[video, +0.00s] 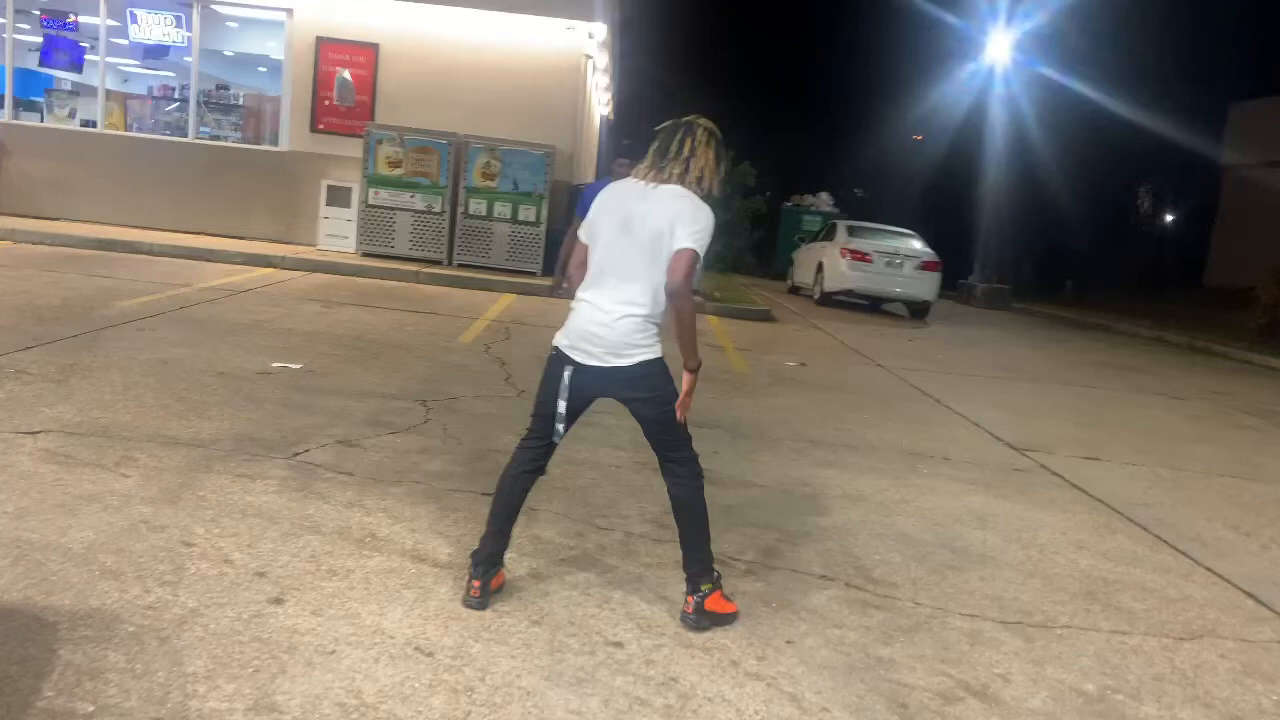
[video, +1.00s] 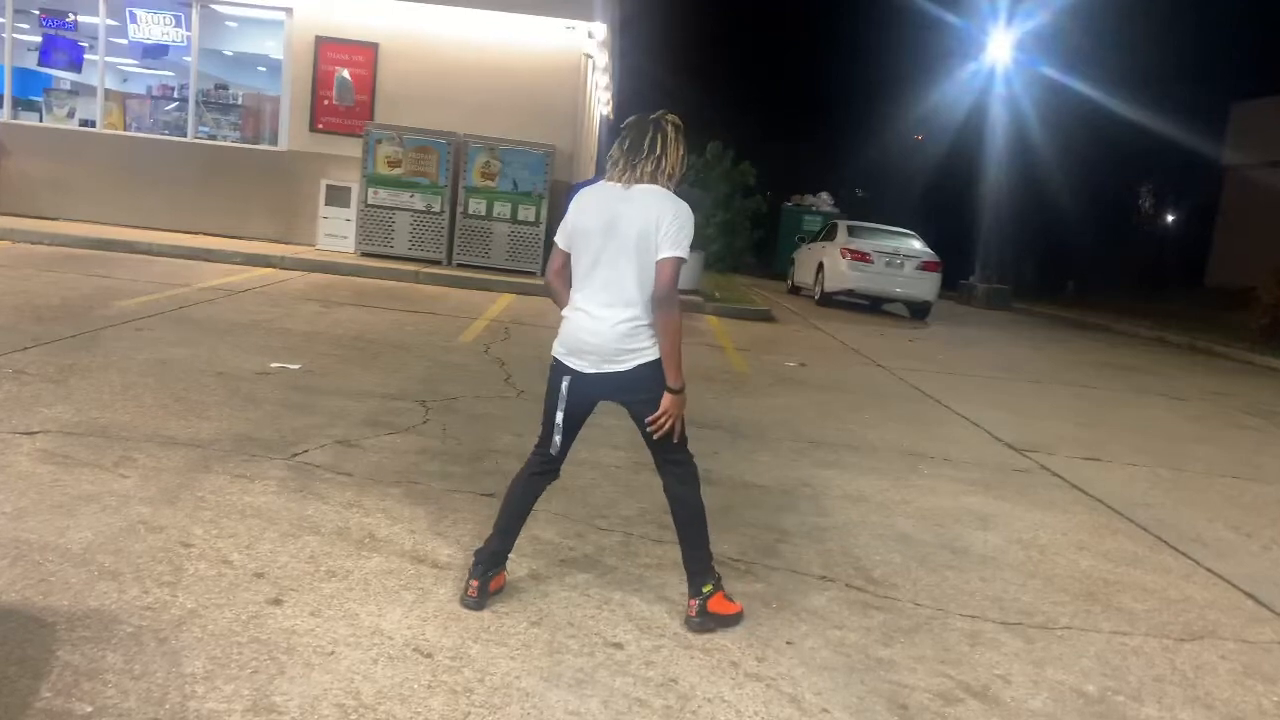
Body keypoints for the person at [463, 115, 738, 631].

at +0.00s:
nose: (715, 175)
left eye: (716, 167)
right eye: (714, 166)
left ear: (658, 150)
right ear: (702, 162)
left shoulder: (608, 192)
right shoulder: (694, 210)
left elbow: (572, 275)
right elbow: (678, 285)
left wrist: (610, 305)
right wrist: (691, 364)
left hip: (574, 353)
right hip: (636, 361)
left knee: (530, 453)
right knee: (679, 462)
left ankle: (482, 572)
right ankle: (702, 591)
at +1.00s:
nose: (680, 165)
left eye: (680, 157)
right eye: (678, 157)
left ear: (622, 149)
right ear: (669, 157)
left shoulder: (584, 197)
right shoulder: (672, 208)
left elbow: (555, 275)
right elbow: (664, 295)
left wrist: (585, 318)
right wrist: (674, 384)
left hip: (574, 361)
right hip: (638, 365)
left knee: (542, 461)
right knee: (677, 467)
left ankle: (484, 571)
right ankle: (704, 591)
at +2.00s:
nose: (675, 161)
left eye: (675, 153)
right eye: (673, 152)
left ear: (615, 145)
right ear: (662, 152)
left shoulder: (576, 196)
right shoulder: (670, 208)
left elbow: (552, 275)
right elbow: (678, 298)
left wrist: (584, 316)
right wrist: (692, 380)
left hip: (578, 359)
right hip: (645, 362)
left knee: (548, 461)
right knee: (677, 468)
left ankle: (486, 571)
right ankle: (705, 591)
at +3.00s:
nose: (616, 131)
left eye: (622, 126)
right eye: (622, 129)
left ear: (628, 134)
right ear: (672, 150)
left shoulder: (605, 170)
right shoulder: (674, 204)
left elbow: (536, 142)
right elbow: (678, 249)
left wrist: (466, 96)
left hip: (581, 342)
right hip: (635, 345)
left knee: (513, 431)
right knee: (603, 416)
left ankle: (525, 562)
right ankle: (680, 493)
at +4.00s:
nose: (721, 184)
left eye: (728, 176)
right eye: (725, 175)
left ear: (743, 184)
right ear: (784, 193)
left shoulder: (718, 230)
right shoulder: (796, 246)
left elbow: (692, 311)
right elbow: (818, 324)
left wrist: (660, 389)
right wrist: (809, 357)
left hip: (696, 371)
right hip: (753, 387)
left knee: (598, 368)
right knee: (765, 447)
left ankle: (573, 478)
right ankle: (787, 544)